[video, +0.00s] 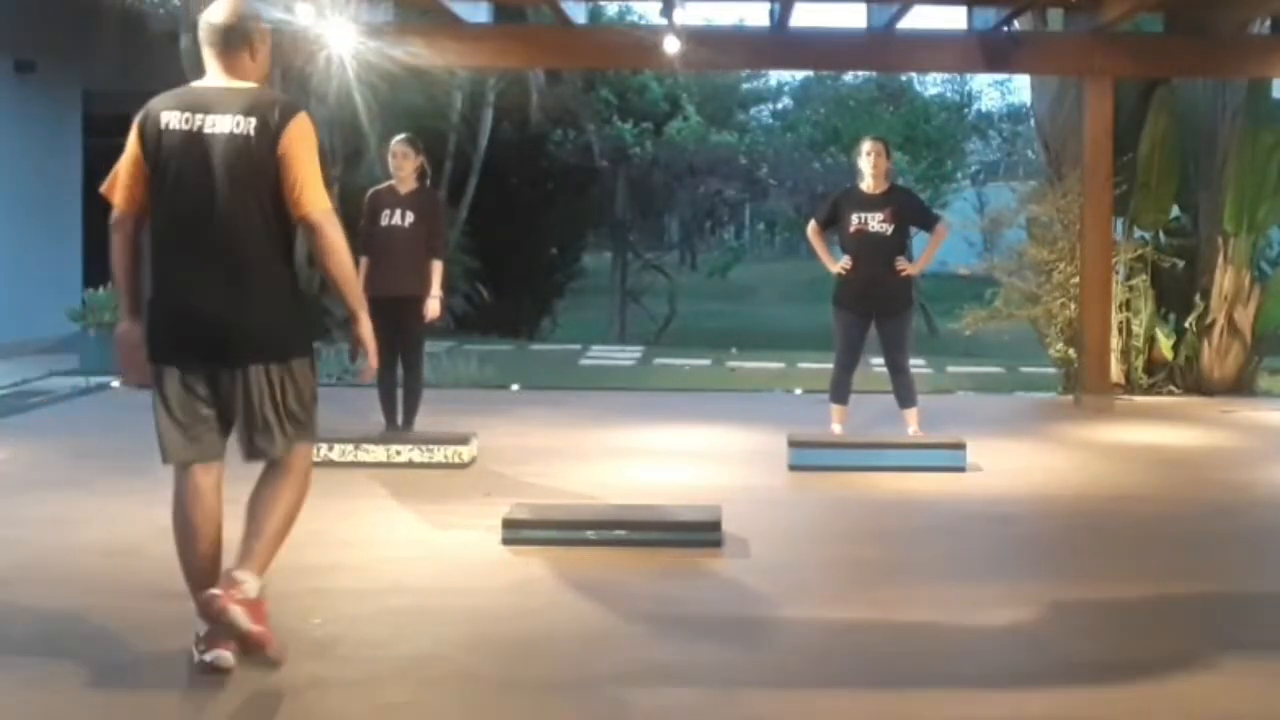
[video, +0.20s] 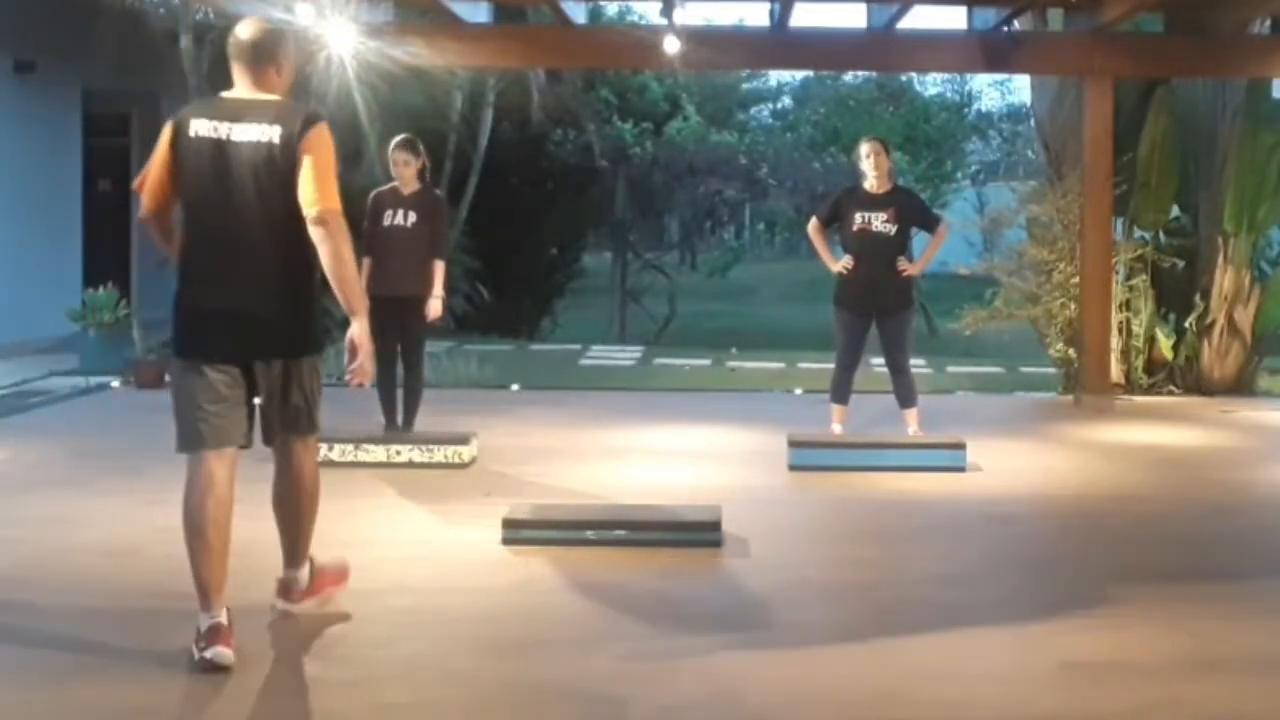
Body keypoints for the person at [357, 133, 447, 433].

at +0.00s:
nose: (396, 162)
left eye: (403, 156)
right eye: (393, 156)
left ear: (418, 161)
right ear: (387, 159)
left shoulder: (430, 199)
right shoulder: (376, 197)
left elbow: (436, 250)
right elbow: (365, 248)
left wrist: (435, 293)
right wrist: (360, 290)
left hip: (413, 295)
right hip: (380, 294)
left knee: (412, 362)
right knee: (384, 363)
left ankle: (407, 424)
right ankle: (390, 423)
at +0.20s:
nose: (398, 169)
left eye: (404, 163)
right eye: (394, 163)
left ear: (419, 163)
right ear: (389, 165)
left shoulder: (433, 201)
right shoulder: (378, 198)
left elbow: (439, 251)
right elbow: (368, 249)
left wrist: (437, 293)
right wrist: (362, 291)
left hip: (415, 296)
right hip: (381, 295)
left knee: (412, 363)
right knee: (384, 362)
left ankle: (407, 423)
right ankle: (389, 423)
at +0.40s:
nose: (402, 175)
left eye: (408, 168)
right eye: (397, 169)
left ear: (421, 166)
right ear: (391, 168)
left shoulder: (435, 202)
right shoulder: (382, 200)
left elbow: (441, 251)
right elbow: (372, 247)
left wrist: (440, 294)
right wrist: (367, 288)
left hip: (419, 295)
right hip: (385, 293)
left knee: (417, 362)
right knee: (379, 356)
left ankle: (409, 421)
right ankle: (383, 417)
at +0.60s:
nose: (403, 175)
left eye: (409, 168)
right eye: (399, 169)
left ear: (423, 166)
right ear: (393, 169)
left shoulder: (436, 202)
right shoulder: (386, 199)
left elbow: (444, 251)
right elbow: (376, 250)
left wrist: (444, 292)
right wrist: (367, 288)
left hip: (420, 293)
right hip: (386, 292)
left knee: (416, 361)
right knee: (379, 358)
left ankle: (409, 421)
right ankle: (374, 419)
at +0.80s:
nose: (403, 172)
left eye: (410, 166)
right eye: (399, 166)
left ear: (424, 167)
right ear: (391, 167)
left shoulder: (436, 203)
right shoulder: (384, 199)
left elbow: (445, 252)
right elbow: (373, 246)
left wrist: (443, 295)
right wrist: (367, 285)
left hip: (420, 294)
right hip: (385, 292)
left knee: (416, 361)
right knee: (379, 356)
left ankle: (409, 421)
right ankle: (377, 415)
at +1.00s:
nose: (405, 170)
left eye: (412, 163)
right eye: (401, 163)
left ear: (424, 165)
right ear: (392, 165)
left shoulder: (434, 203)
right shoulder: (382, 195)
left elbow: (443, 253)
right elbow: (371, 244)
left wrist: (438, 294)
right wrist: (370, 285)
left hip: (418, 293)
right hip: (383, 291)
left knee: (417, 361)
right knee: (378, 363)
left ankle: (409, 423)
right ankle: (382, 421)